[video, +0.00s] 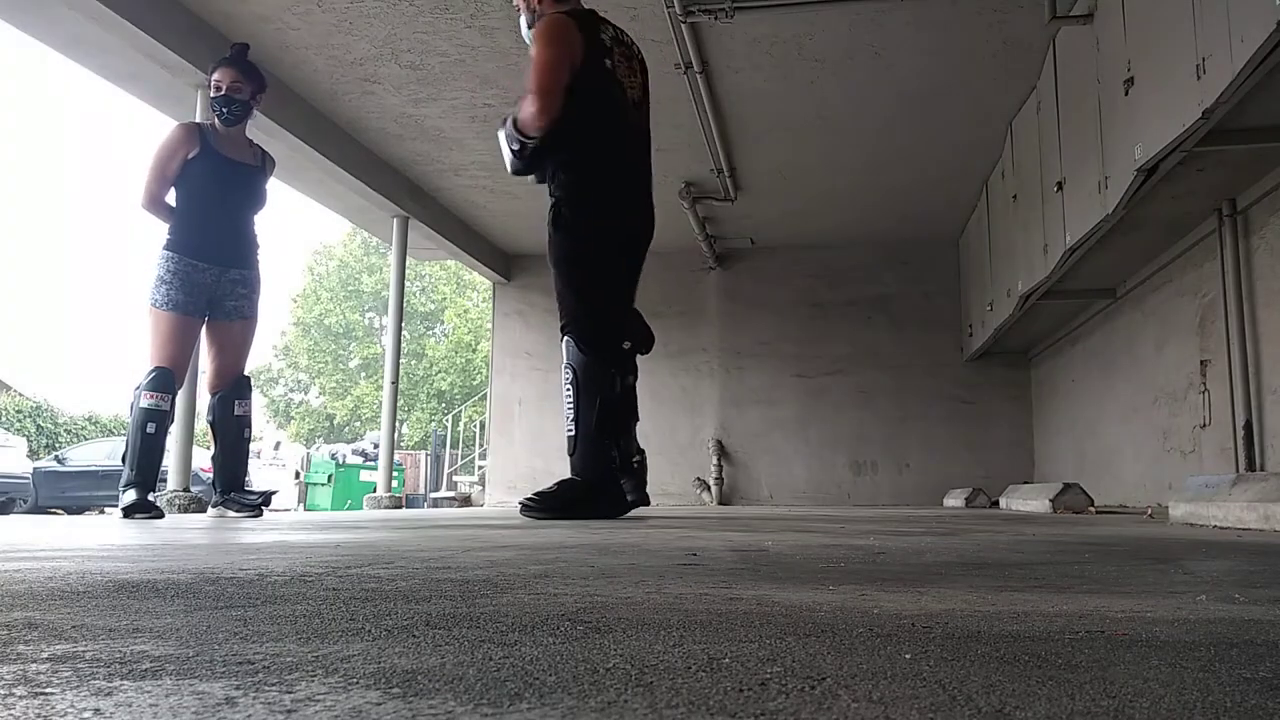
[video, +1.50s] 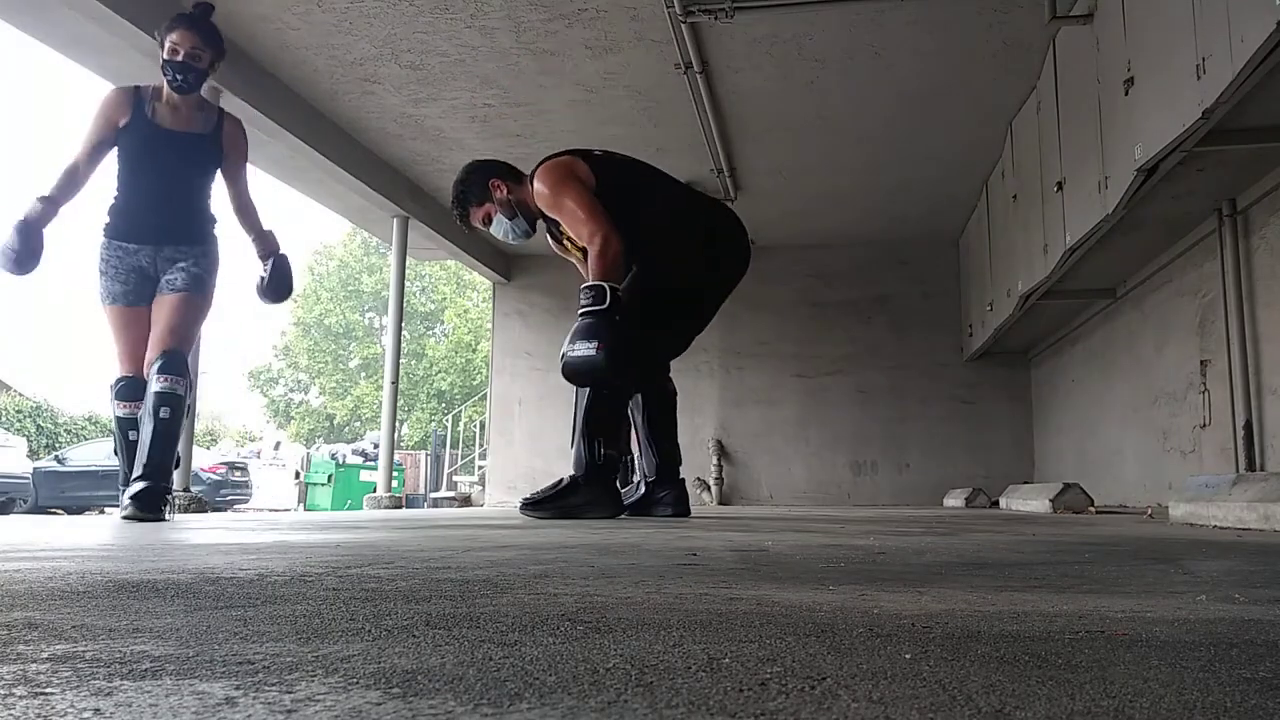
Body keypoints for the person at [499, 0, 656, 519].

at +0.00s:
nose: (518, 12)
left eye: (518, 4)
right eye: (516, 6)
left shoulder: (555, 25)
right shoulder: (621, 40)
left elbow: (539, 113)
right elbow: (613, 130)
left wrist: (513, 125)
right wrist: (539, 145)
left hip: (586, 207)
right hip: (629, 206)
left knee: (589, 339)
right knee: (611, 338)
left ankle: (594, 480)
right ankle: (623, 474)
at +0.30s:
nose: (526, 11)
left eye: (525, 6)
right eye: (525, 7)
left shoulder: (549, 28)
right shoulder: (631, 37)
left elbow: (537, 118)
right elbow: (664, 133)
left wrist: (523, 129)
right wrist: (603, 140)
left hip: (578, 204)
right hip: (636, 203)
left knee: (584, 342)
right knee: (641, 335)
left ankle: (593, 481)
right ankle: (662, 476)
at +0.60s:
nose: (544, 27)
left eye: (542, 15)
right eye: (540, 18)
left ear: (567, 4)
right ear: (598, 6)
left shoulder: (585, 36)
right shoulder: (650, 53)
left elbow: (583, 116)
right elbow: (665, 153)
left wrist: (531, 170)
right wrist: (586, 171)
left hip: (599, 215)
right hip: (647, 217)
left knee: (578, 342)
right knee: (637, 345)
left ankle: (590, 482)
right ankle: (660, 484)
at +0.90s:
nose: (512, 116)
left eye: (510, 104)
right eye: (506, 112)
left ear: (531, 80)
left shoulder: (568, 97)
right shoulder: (596, 99)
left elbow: (593, 161)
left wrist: (593, 242)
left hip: (665, 232)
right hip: (696, 232)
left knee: (597, 345)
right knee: (649, 357)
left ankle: (589, 481)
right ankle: (663, 484)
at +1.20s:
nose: (501, 225)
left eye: (495, 213)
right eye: (494, 223)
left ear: (507, 181)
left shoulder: (558, 177)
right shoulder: (567, 234)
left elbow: (603, 251)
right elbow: (603, 292)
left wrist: (607, 322)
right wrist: (593, 343)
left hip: (702, 239)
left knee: (606, 344)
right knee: (648, 354)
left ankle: (592, 485)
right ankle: (661, 487)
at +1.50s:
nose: (496, 231)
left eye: (489, 219)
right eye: (487, 228)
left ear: (500, 189)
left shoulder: (549, 180)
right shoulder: (560, 237)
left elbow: (605, 242)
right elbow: (603, 281)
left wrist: (592, 312)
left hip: (698, 239)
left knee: (607, 346)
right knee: (646, 357)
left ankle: (592, 482)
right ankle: (660, 487)